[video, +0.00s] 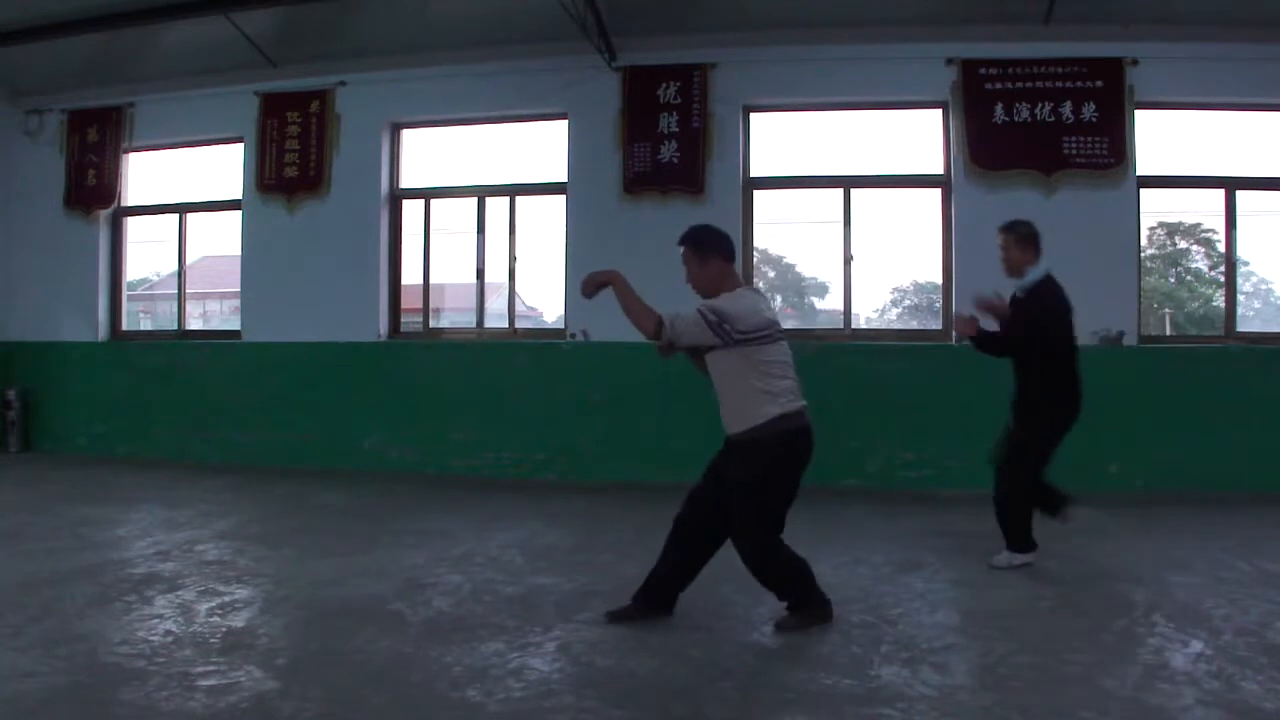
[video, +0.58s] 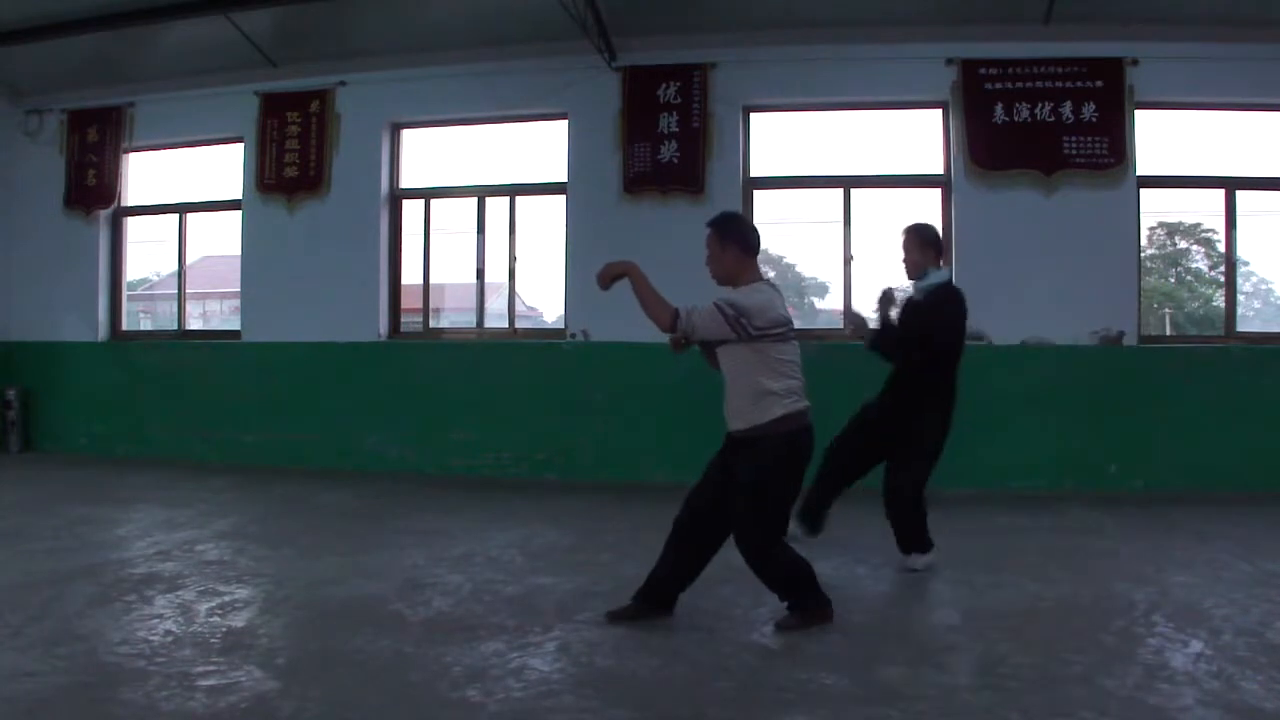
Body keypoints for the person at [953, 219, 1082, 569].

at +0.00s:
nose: (1001, 256)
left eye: (1006, 249)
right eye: (1001, 249)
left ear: (1026, 251)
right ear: (1027, 252)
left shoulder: (1037, 296)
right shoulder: (1040, 290)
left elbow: (1013, 346)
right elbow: (1037, 337)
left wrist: (975, 334)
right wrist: (1006, 316)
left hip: (1047, 402)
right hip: (1046, 398)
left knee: (1012, 468)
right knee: (1014, 464)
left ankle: (1020, 547)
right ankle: (1060, 506)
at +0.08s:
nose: (976, 241)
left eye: (981, 233)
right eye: (976, 234)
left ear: (1000, 234)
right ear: (1001, 234)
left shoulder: (1017, 276)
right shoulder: (1014, 272)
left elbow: (980, 306)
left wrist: (922, 283)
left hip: (1030, 381)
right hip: (1015, 373)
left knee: (1013, 458)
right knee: (952, 389)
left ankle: (1019, 543)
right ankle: (974, 450)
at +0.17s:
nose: (963, 230)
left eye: (967, 223)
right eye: (962, 223)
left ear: (987, 223)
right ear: (987, 224)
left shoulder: (1000, 267)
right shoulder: (999, 260)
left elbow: (945, 283)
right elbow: (1014, 312)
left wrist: (893, 266)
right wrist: (982, 308)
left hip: (1019, 365)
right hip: (1003, 355)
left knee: (996, 439)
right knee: (939, 349)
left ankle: (1008, 529)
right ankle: (962, 411)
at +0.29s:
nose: (940, 225)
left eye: (944, 218)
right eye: (940, 218)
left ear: (962, 220)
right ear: (964, 219)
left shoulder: (971, 263)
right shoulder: (969, 257)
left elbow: (916, 278)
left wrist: (863, 262)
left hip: (990, 366)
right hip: (972, 355)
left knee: (964, 442)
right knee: (911, 341)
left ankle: (944, 529)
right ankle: (943, 406)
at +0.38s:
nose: (927, 241)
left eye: (932, 234)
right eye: (927, 234)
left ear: (951, 237)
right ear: (951, 237)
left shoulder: (957, 282)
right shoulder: (955, 276)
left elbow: (901, 292)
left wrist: (849, 272)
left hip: (964, 385)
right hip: (948, 374)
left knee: (937, 460)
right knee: (883, 373)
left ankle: (925, 543)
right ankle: (905, 441)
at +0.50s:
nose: (916, 253)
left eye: (921, 246)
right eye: (917, 246)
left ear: (938, 249)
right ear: (943, 249)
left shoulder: (949, 294)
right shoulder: (945, 291)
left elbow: (906, 320)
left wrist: (850, 301)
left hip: (940, 402)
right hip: (931, 394)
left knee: (911, 477)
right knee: (858, 415)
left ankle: (919, 551)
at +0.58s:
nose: (904, 259)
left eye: (909, 251)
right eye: (904, 252)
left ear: (930, 253)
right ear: (931, 254)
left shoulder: (938, 299)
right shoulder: (932, 295)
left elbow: (904, 351)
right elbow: (904, 348)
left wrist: (873, 329)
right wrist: (881, 324)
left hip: (918, 409)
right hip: (908, 403)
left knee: (903, 482)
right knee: (843, 454)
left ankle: (918, 554)